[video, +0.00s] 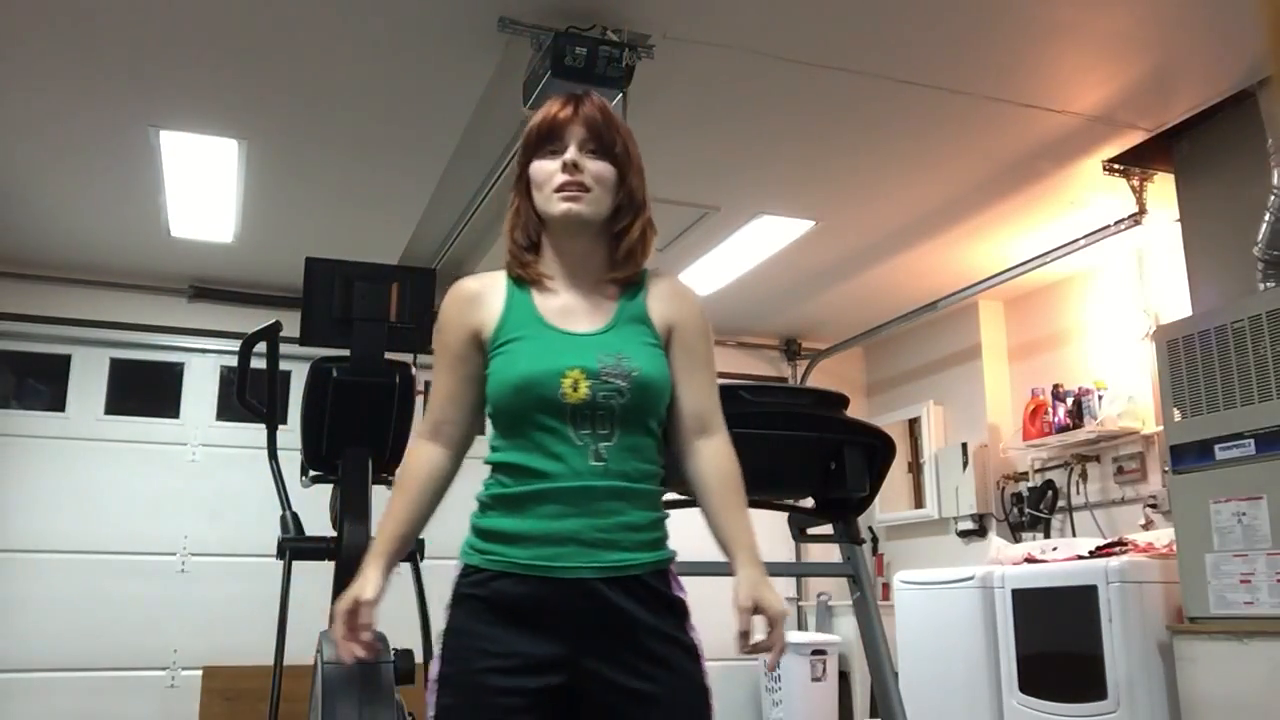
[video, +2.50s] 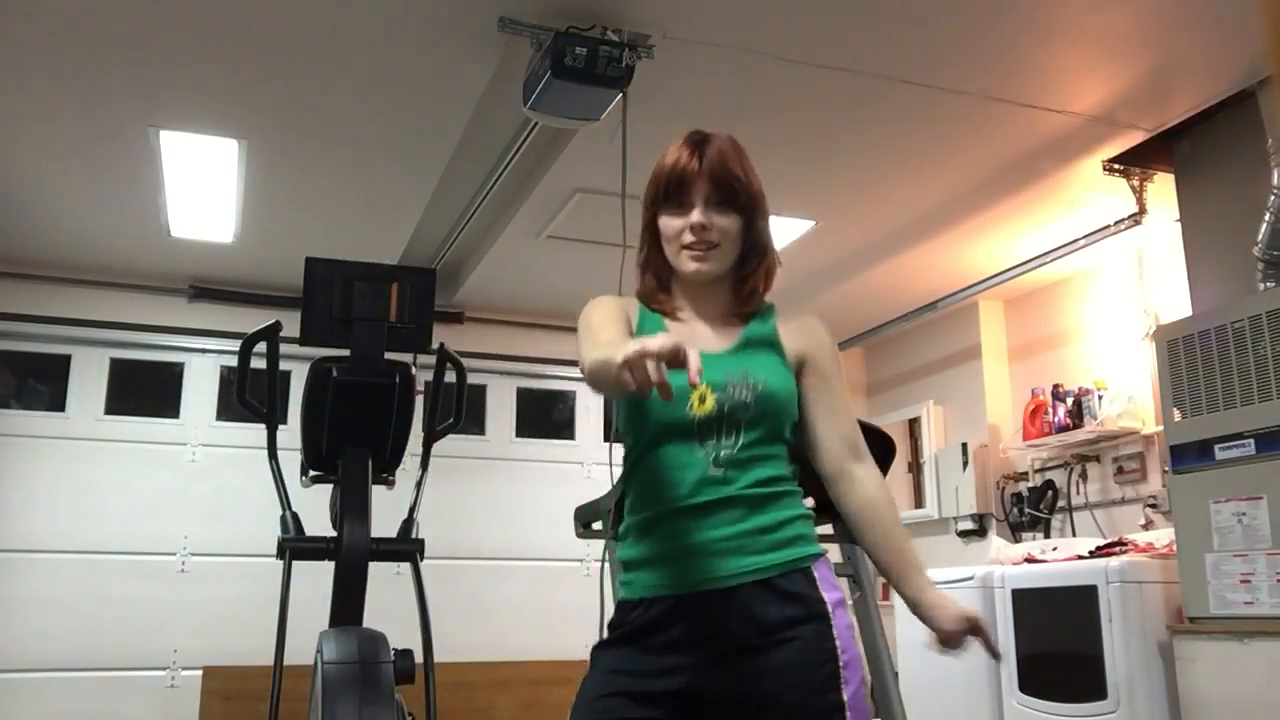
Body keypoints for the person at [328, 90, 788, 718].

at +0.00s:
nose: (571, 163)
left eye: (593, 152)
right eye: (552, 151)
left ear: (624, 182)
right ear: (527, 182)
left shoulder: (669, 304)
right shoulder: (477, 301)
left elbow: (703, 438)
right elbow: (437, 440)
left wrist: (748, 565)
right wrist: (376, 565)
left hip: (637, 606)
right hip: (502, 605)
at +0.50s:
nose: (591, 165)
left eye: (614, 153)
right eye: (570, 153)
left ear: (642, 182)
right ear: (544, 183)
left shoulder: (691, 300)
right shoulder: (499, 301)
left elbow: (731, 434)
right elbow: (462, 439)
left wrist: (781, 559)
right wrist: (415, 561)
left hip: (670, 599)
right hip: (534, 599)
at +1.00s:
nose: (575, 181)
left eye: (598, 168)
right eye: (556, 167)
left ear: (628, 195)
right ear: (533, 194)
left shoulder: (681, 305)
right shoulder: (493, 320)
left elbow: (716, 439)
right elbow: (470, 460)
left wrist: (749, 566)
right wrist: (404, 577)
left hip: (641, 609)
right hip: (504, 605)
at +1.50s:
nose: (553, 179)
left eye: (577, 165)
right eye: (535, 165)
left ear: (606, 191)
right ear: (511, 192)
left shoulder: (656, 301)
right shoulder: (471, 316)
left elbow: (696, 430)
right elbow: (449, 459)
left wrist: (725, 559)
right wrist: (397, 582)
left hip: (624, 607)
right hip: (490, 605)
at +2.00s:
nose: (626, 192)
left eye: (650, 177)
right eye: (610, 173)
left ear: (679, 199)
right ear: (584, 190)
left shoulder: (716, 292)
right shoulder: (556, 299)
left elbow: (768, 412)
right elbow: (487, 322)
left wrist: (799, 542)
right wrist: (530, 206)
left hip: (698, 591)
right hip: (582, 595)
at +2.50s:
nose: (697, 221)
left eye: (720, 204)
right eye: (676, 204)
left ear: (750, 221)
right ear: (654, 221)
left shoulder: (798, 334)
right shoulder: (615, 315)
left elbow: (849, 470)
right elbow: (600, 362)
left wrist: (928, 599)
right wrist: (629, 361)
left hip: (786, 614)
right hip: (655, 623)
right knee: (597, 711)